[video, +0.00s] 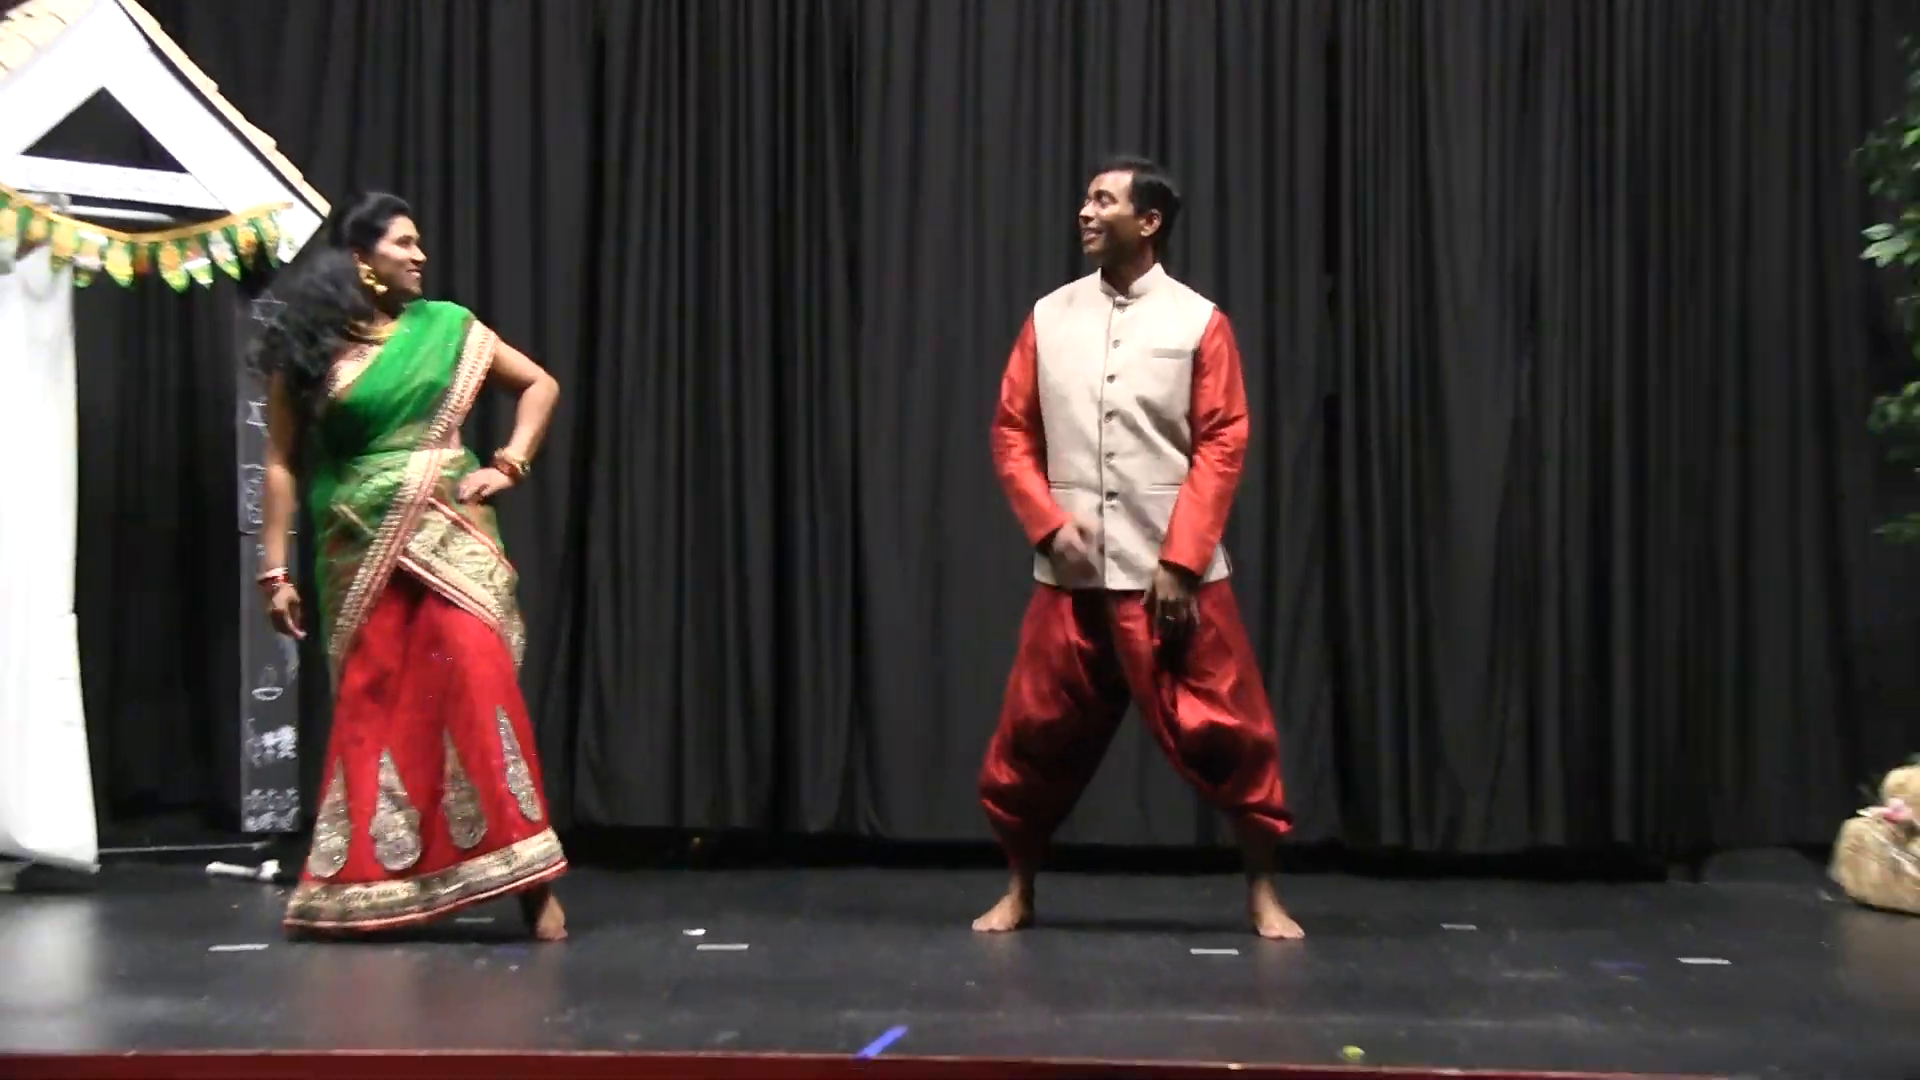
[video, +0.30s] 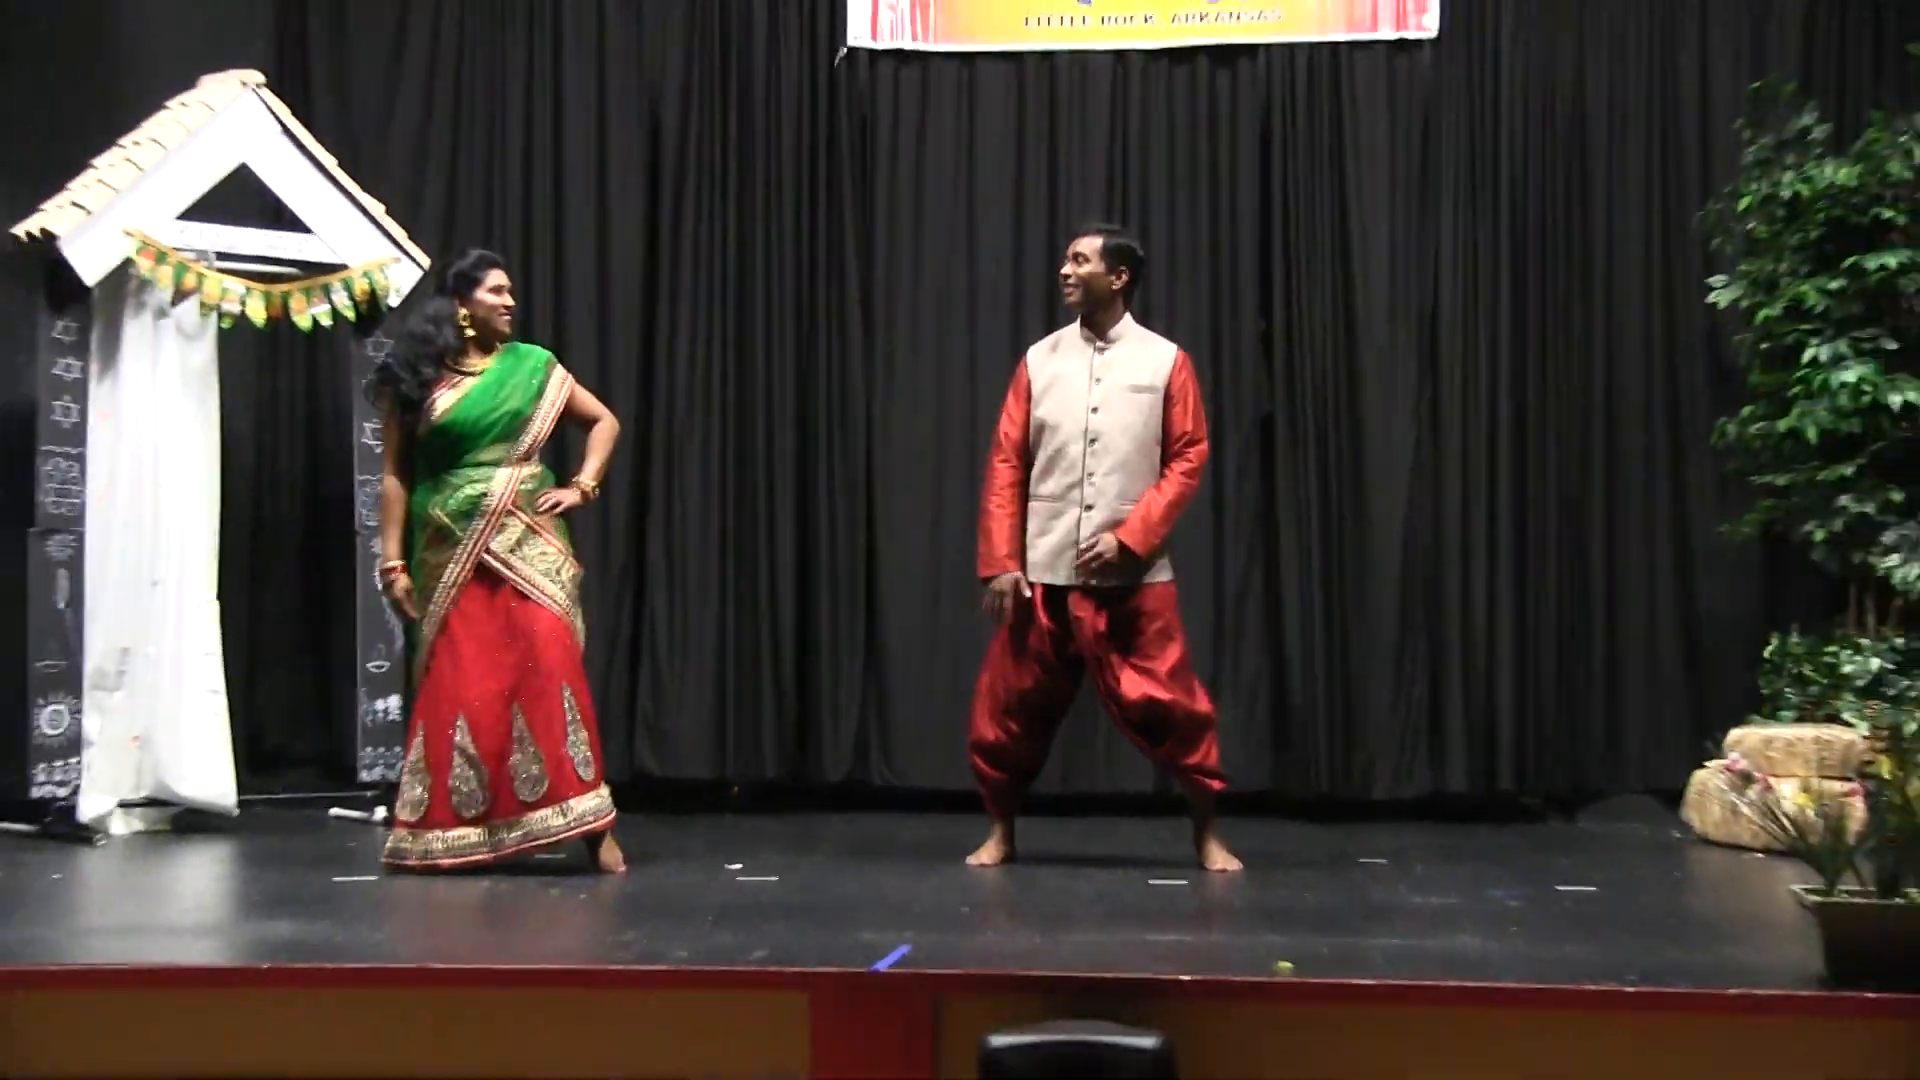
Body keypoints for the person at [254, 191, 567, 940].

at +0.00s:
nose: (419, 256)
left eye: (420, 244)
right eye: (403, 243)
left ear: (416, 256)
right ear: (358, 253)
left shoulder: (448, 325)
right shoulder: (306, 344)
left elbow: (539, 384)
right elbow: (281, 459)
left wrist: (511, 461)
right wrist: (275, 569)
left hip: (452, 531)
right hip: (362, 544)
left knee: (480, 688)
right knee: (369, 704)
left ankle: (535, 880)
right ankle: (375, 891)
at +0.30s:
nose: (510, 302)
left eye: (512, 293)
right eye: (497, 292)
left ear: (511, 302)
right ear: (460, 302)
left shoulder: (535, 365)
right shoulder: (415, 375)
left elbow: (605, 421)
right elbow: (395, 471)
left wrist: (582, 484)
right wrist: (390, 562)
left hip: (531, 539)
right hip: (452, 548)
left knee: (553, 674)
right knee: (458, 687)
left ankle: (596, 825)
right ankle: (464, 838)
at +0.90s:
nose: (518, 298)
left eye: (530, 290)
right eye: (507, 290)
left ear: (550, 304)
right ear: (489, 307)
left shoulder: (585, 372)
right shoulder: (467, 370)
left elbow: (648, 442)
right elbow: (403, 447)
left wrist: (679, 511)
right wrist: (347, 492)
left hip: (563, 538)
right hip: (489, 536)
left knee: (554, 674)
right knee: (489, 667)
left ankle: (541, 827)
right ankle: (443, 823)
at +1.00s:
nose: (521, 305)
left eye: (533, 296)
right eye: (510, 297)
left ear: (552, 310)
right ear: (493, 312)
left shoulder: (582, 382)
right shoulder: (469, 380)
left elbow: (621, 467)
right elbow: (431, 469)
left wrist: (600, 534)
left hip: (563, 545)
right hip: (490, 543)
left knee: (554, 681)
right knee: (492, 675)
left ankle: (542, 828)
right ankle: (461, 831)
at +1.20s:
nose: (513, 310)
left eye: (526, 302)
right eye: (501, 304)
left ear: (544, 322)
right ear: (489, 326)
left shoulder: (568, 382)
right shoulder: (477, 394)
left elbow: (597, 406)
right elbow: (434, 388)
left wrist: (576, 342)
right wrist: (443, 322)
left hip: (561, 538)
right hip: (489, 536)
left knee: (555, 667)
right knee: (469, 659)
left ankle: (561, 821)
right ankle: (445, 812)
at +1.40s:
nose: (491, 268)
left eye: (503, 261)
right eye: (479, 261)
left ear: (522, 280)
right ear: (461, 282)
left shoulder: (558, 330)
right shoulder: (443, 347)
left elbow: (648, 344)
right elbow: (349, 310)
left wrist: (630, 308)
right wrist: (377, 239)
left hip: (557, 508)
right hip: (478, 510)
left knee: (567, 649)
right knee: (467, 648)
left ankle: (568, 814)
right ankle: (465, 809)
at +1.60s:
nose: (480, 289)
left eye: (490, 281)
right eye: (467, 281)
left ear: (504, 294)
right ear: (442, 297)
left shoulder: (534, 346)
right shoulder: (418, 363)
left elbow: (634, 368)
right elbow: (321, 368)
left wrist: (634, 438)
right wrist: (362, 301)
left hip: (542, 527)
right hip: (461, 536)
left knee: (602, 657)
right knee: (461, 675)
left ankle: (682, 802)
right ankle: (472, 837)